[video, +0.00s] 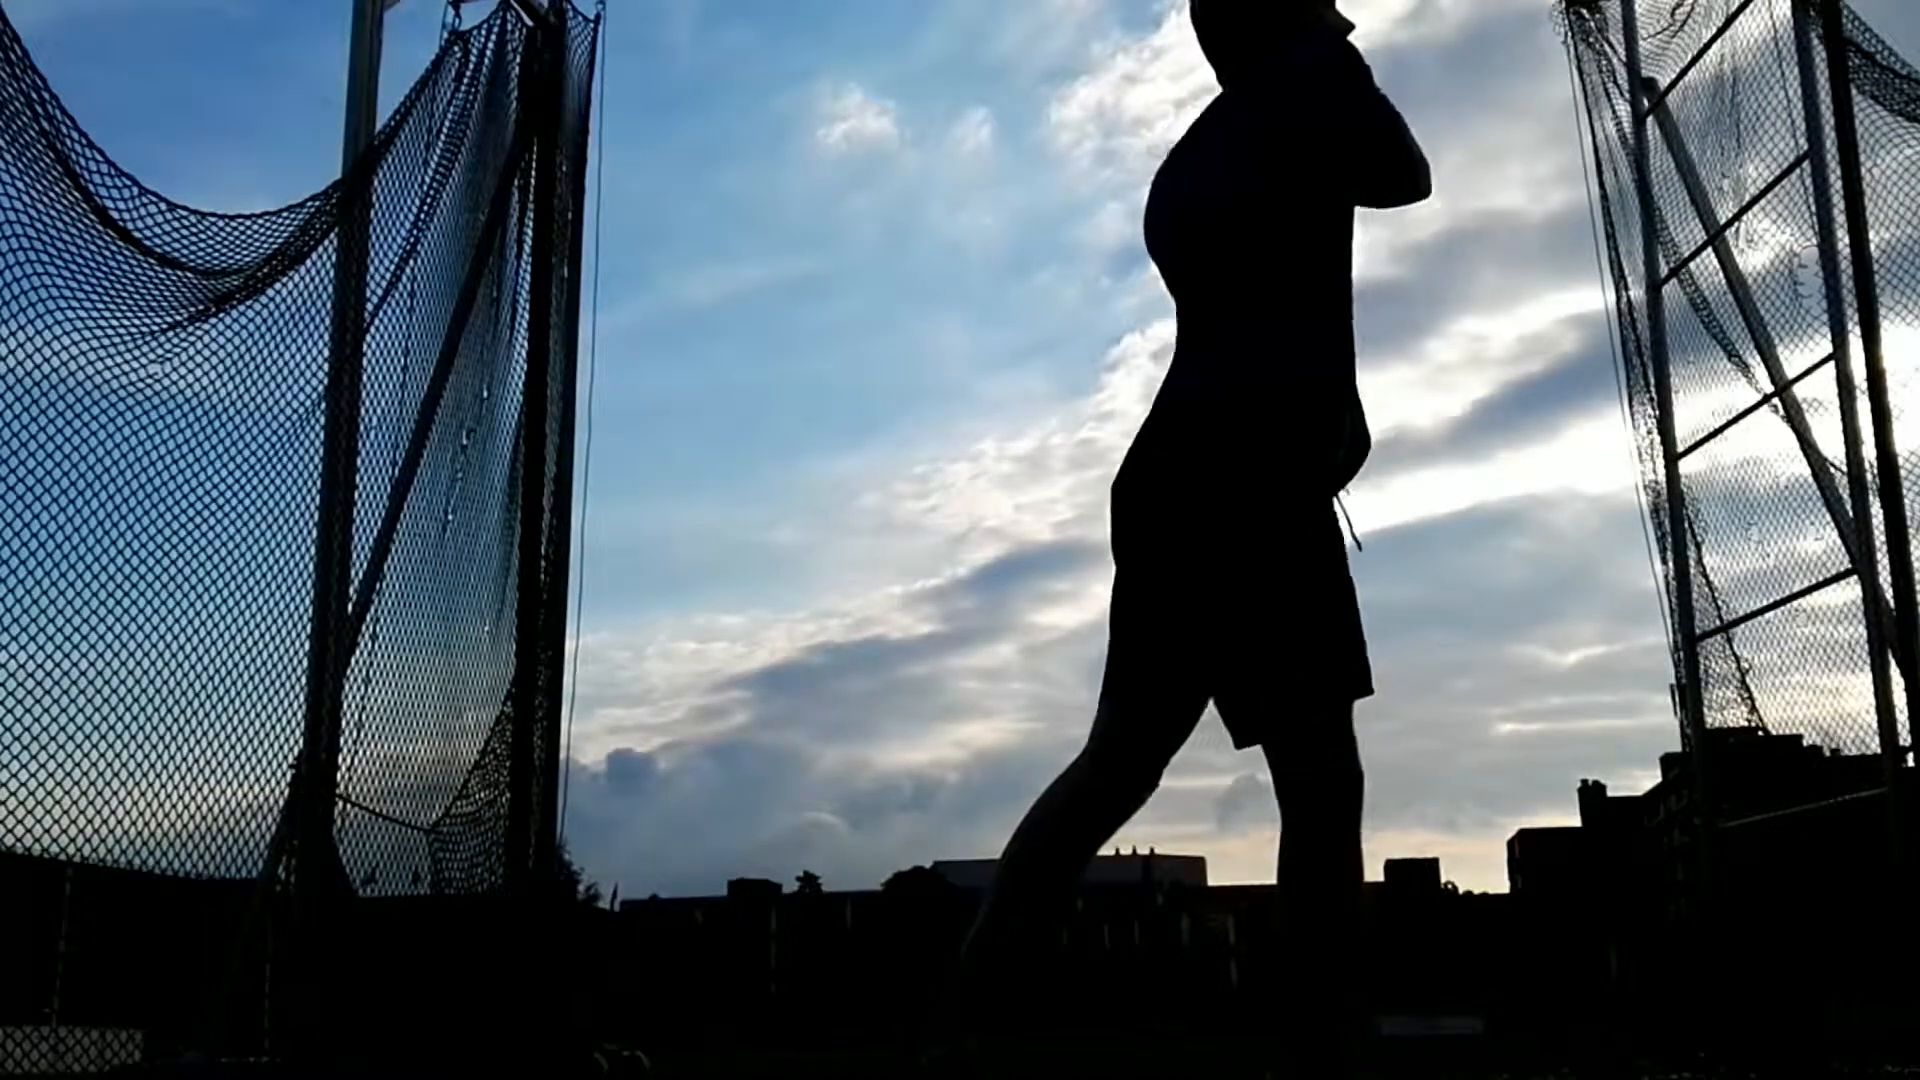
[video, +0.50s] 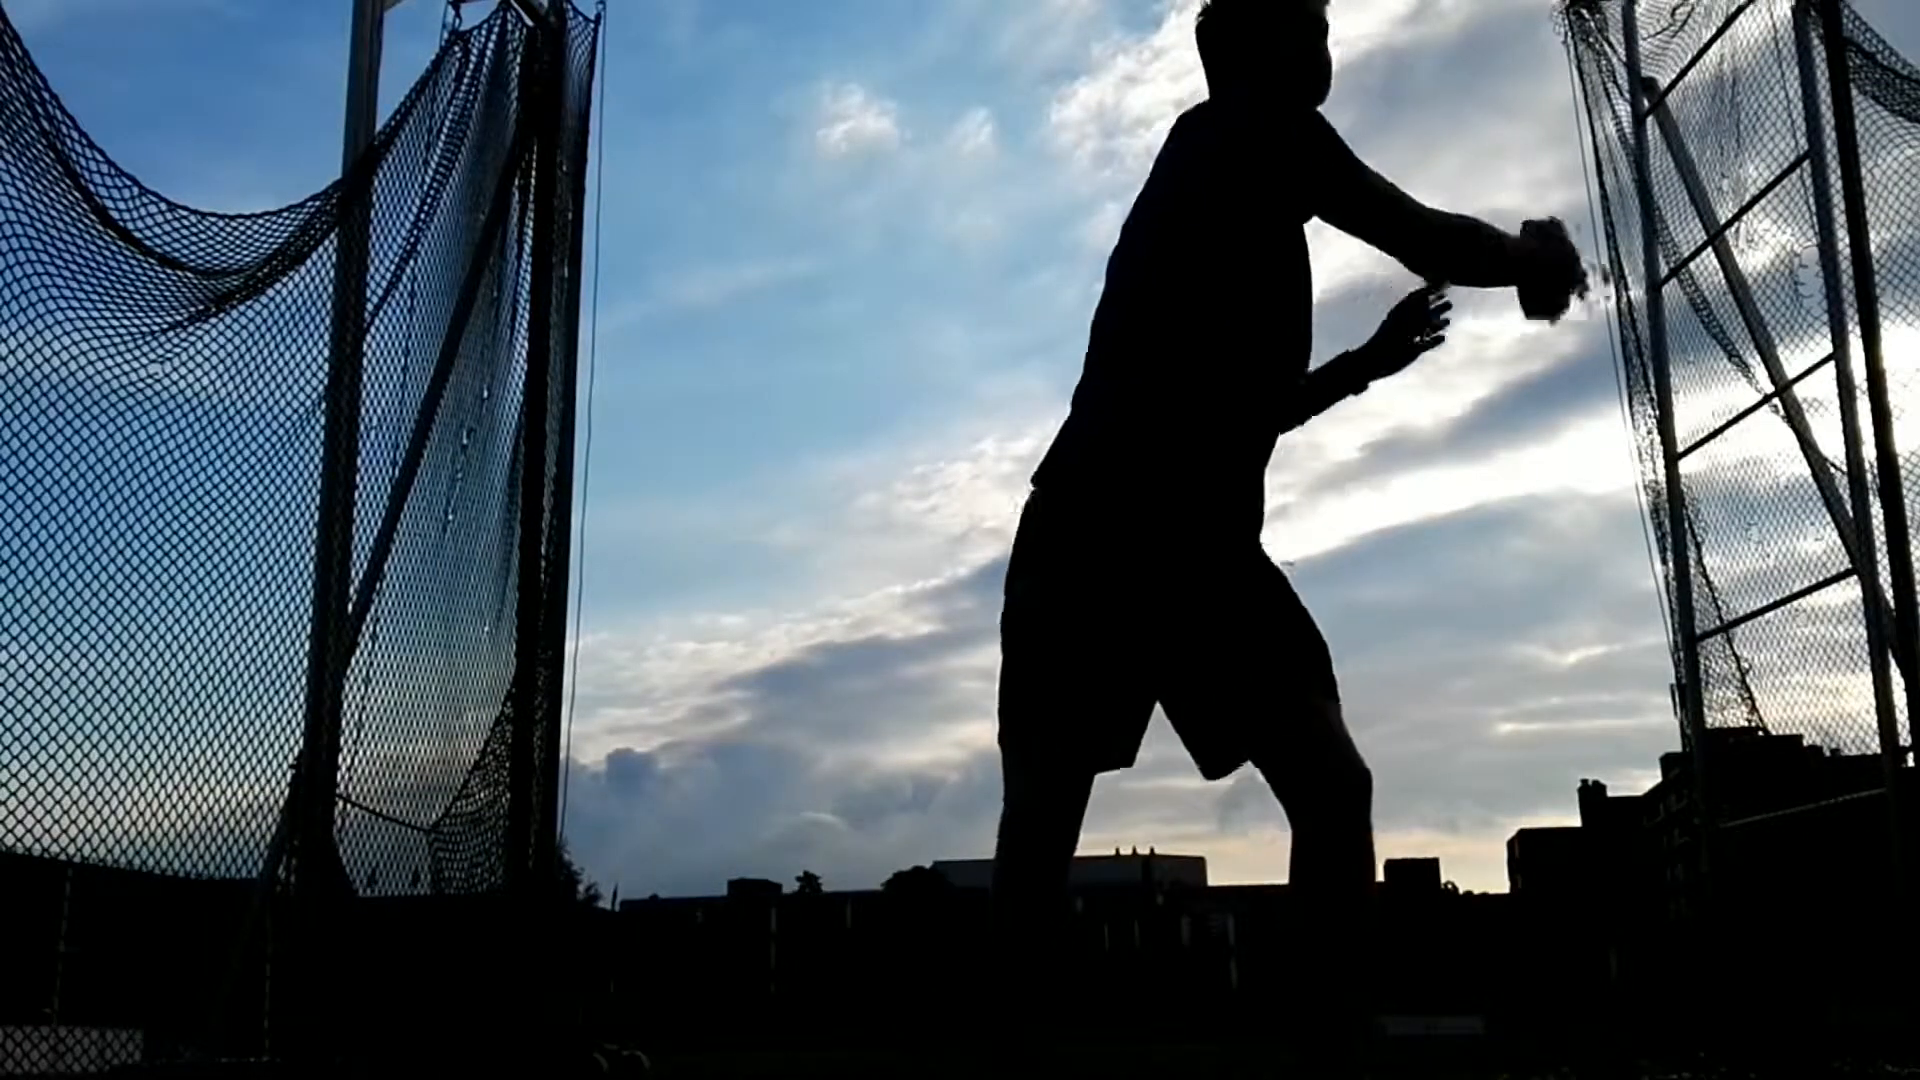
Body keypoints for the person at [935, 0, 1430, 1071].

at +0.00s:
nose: (1324, 39)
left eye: (1305, 25)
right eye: (1307, 23)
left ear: (1219, 36)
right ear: (1283, 33)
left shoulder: (1185, 164)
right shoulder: (1292, 122)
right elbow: (1399, 174)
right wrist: (1331, 53)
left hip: (1178, 487)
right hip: (1261, 491)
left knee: (1121, 760)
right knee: (1321, 781)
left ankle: (979, 989)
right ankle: (1321, 1028)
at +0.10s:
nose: (1326, 51)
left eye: (1319, 34)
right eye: (1313, 34)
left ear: (1225, 39)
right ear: (1280, 42)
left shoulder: (1230, 157)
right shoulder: (1269, 150)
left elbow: (1409, 185)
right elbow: (1417, 177)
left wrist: (1341, 69)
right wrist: (1333, 56)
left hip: (1159, 502)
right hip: (1243, 507)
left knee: (1096, 784)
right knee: (1320, 795)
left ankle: (980, 1016)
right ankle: (1318, 1045)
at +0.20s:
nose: (1341, 46)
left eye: (1335, 31)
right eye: (1328, 31)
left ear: (1236, 38)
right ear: (1290, 39)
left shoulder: (1246, 149)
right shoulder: (1271, 140)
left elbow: (1418, 201)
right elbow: (1428, 198)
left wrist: (1342, 105)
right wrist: (1345, 89)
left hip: (1133, 511)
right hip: (1225, 512)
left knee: (1080, 796)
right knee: (1318, 795)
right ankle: (1323, 1047)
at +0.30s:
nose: (1342, 42)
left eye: (1336, 26)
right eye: (1331, 24)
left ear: (1226, 31)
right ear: (1301, 25)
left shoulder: (1212, 140)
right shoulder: (1300, 99)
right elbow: (1429, 209)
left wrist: (1344, 271)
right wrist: (1347, 268)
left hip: (1110, 515)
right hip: (1221, 515)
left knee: (1067, 801)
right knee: (1320, 793)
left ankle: (992, 1042)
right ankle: (1326, 1044)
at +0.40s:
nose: (1336, 47)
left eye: (1329, 26)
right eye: (1318, 25)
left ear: (1229, 43)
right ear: (1279, 34)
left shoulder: (1202, 181)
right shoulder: (1283, 115)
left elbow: (1251, 387)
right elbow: (1431, 227)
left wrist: (1358, 331)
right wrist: (1470, 237)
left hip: (1088, 526)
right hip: (1205, 528)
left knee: (1051, 816)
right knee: (1325, 793)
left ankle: (1004, 1048)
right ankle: (1328, 1045)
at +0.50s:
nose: (1328, 58)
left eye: (1324, 34)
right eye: (1311, 34)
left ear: (1223, 52)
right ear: (1262, 42)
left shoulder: (1197, 188)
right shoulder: (1265, 131)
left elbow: (1242, 414)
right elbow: (1419, 239)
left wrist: (1369, 359)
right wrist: (1523, 259)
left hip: (1074, 535)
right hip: (1191, 538)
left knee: (1035, 827)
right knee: (1331, 792)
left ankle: (1005, 1060)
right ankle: (1327, 1047)